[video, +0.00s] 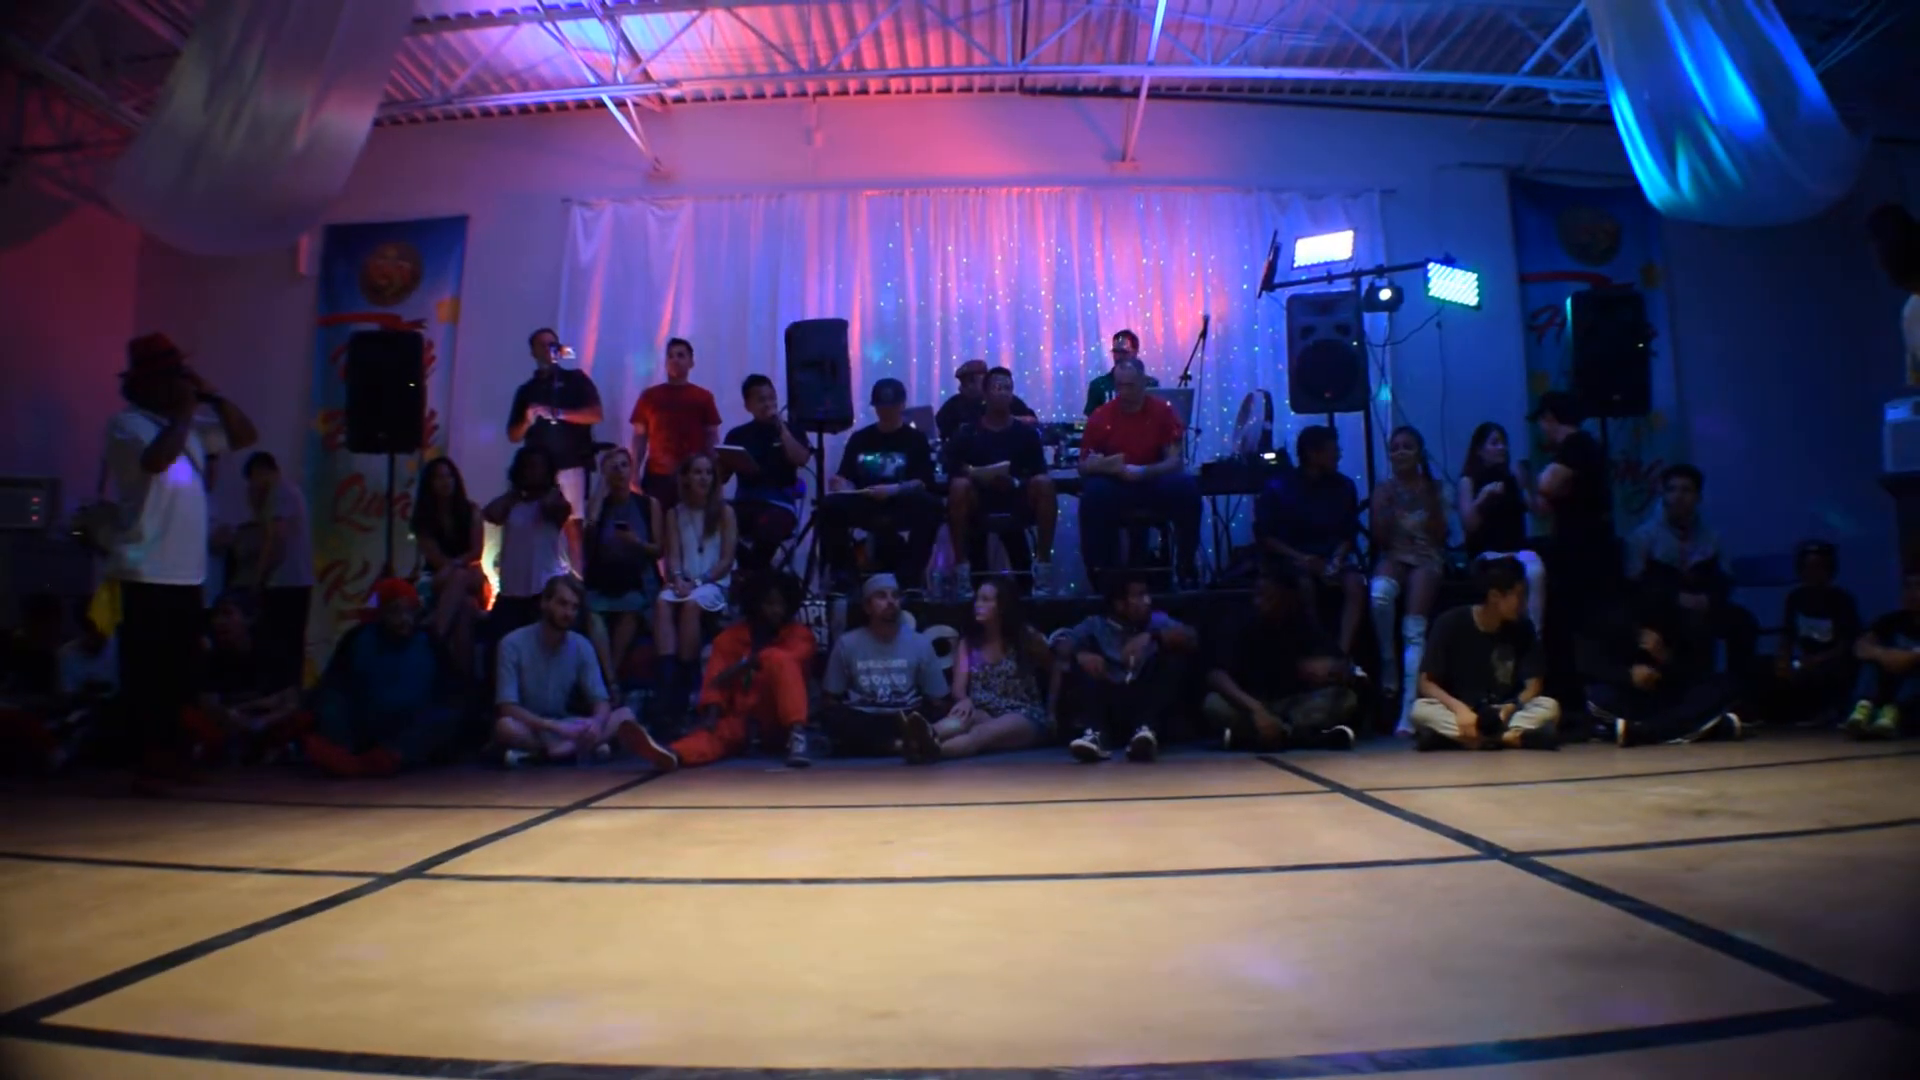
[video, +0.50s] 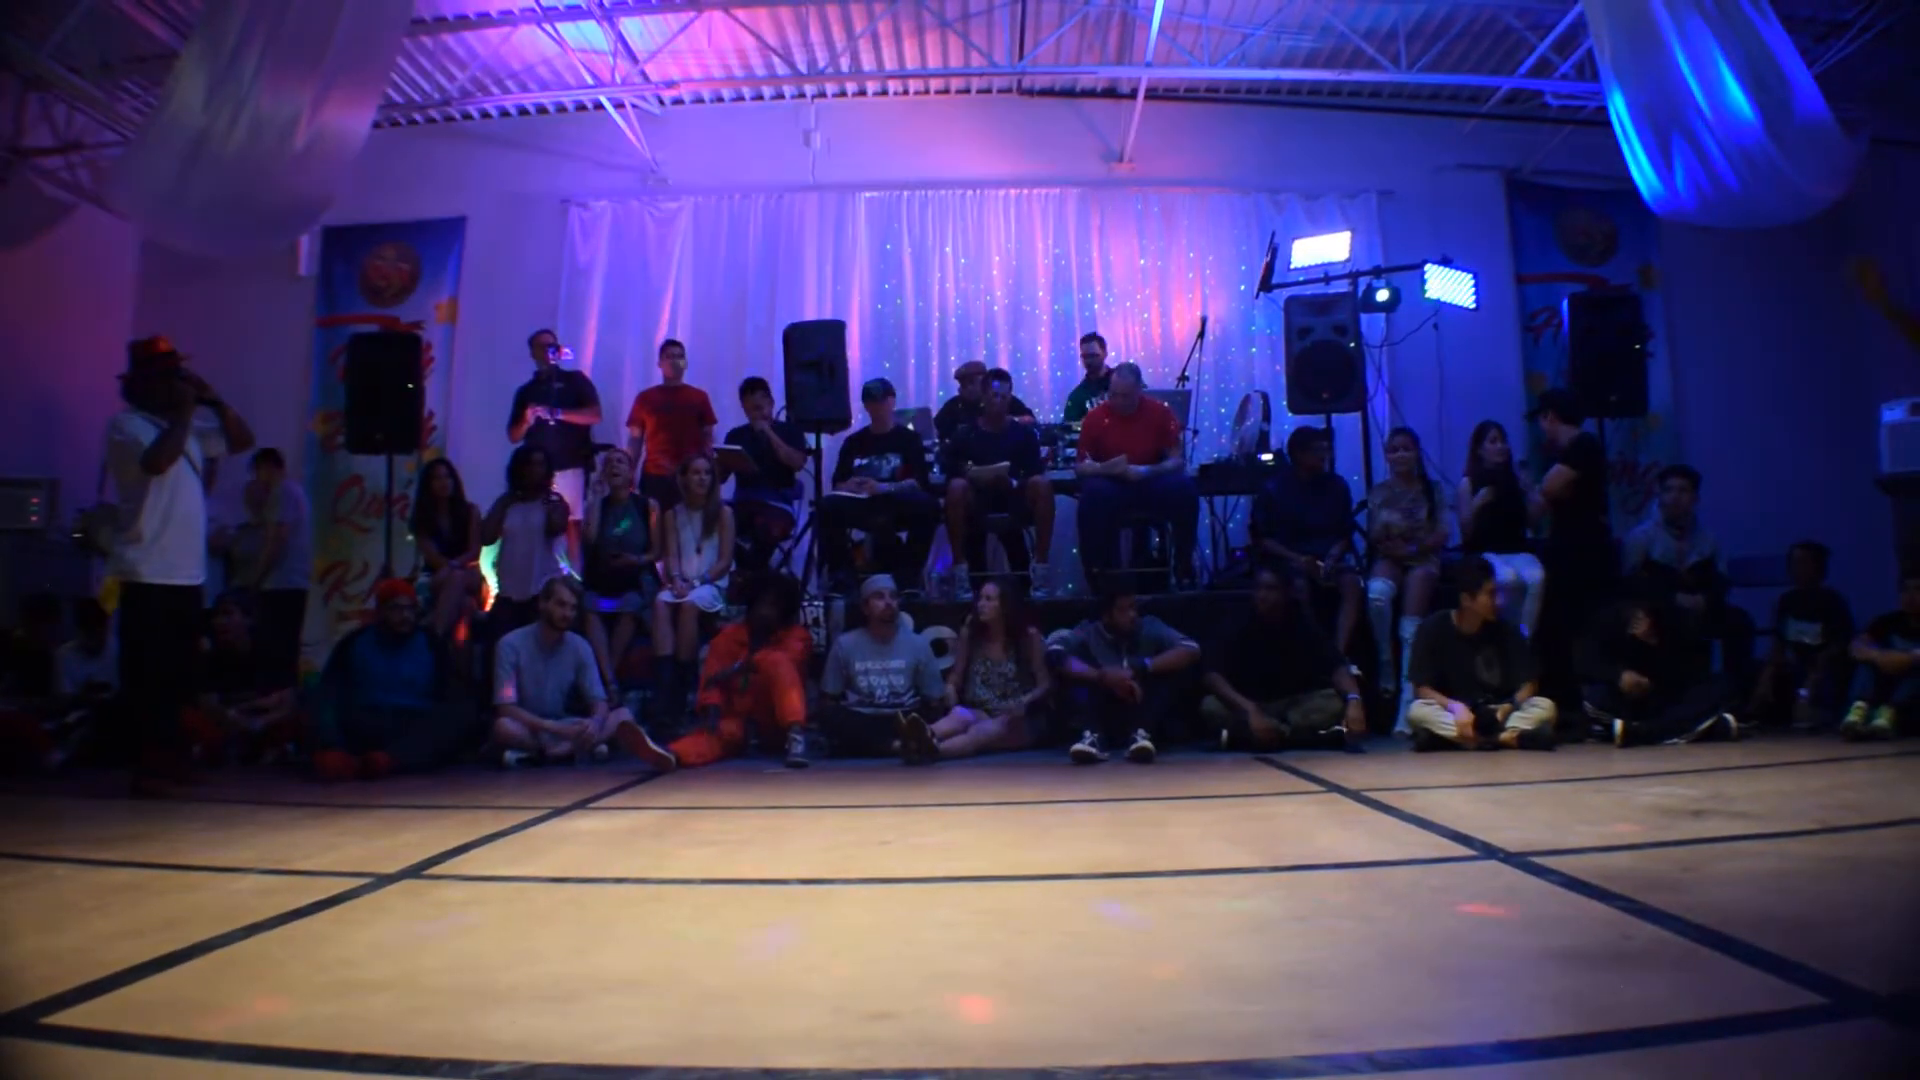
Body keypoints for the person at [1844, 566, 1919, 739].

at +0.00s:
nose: (1912, 595)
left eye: (1915, 588)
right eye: (1909, 588)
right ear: (1903, 591)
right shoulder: (1894, 619)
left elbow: (1909, 657)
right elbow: (1861, 647)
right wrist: (1888, 656)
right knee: (1871, 662)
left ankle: (1892, 711)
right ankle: (1863, 705)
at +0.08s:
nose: (1911, 595)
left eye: (1915, 589)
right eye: (1908, 589)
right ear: (1903, 592)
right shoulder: (1894, 619)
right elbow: (1860, 647)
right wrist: (1885, 656)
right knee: (1870, 663)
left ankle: (1891, 711)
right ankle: (1862, 705)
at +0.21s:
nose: (1913, 595)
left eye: (1916, 589)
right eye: (1909, 589)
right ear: (1903, 593)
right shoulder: (1893, 620)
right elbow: (1859, 648)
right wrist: (1885, 656)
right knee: (1870, 661)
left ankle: (1891, 712)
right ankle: (1862, 706)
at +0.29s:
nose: (1913, 595)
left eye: (1916, 589)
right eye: (1909, 589)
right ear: (1903, 592)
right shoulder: (1894, 619)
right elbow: (1857, 648)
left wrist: (1905, 658)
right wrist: (1883, 656)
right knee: (1869, 663)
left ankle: (1891, 712)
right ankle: (1860, 706)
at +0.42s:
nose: (1912, 598)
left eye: (1916, 591)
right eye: (1908, 591)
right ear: (1902, 594)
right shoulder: (1891, 621)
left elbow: (1913, 657)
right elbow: (1858, 648)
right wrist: (1884, 658)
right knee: (1868, 664)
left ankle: (1890, 712)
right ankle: (1860, 707)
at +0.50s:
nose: (1911, 597)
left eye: (1915, 591)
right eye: (1907, 591)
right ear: (1901, 594)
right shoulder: (1891, 620)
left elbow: (1912, 656)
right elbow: (1857, 647)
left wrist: (1902, 659)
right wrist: (1882, 657)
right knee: (1867, 663)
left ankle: (1888, 712)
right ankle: (1859, 707)